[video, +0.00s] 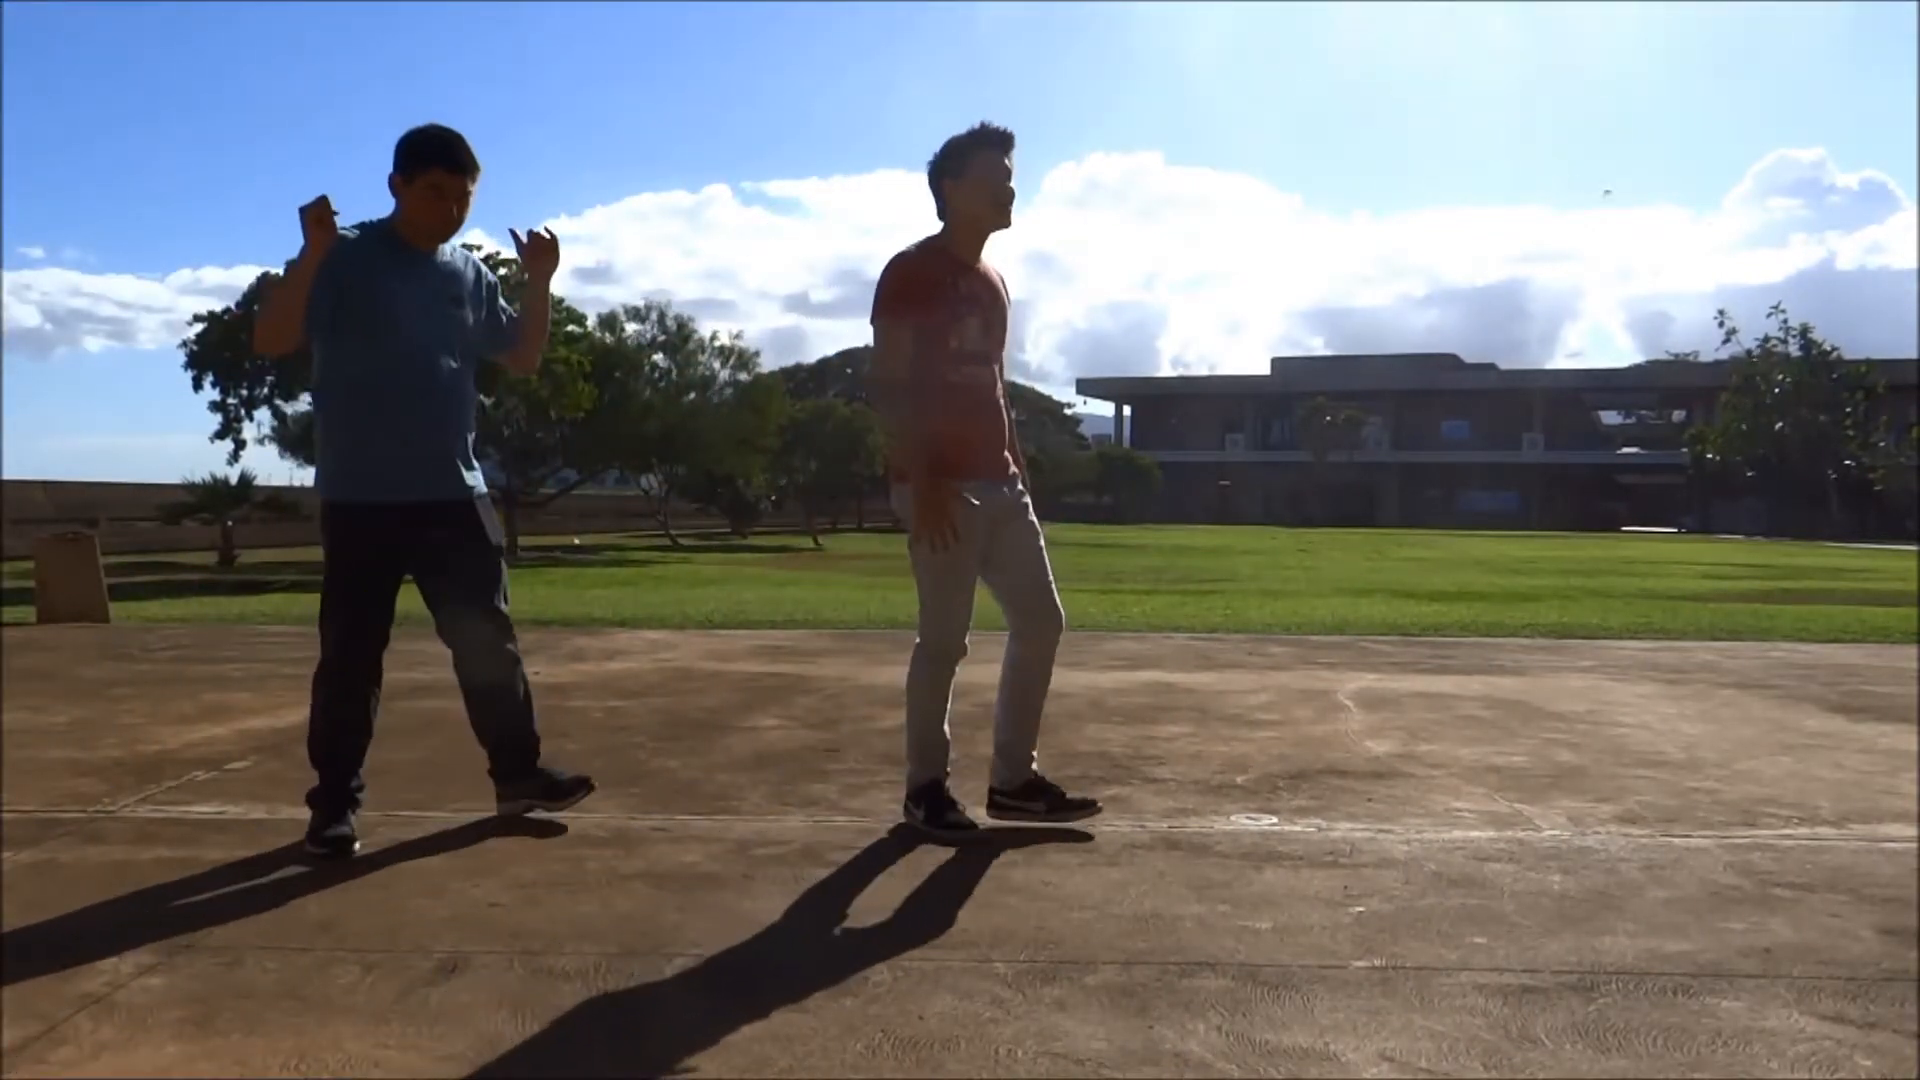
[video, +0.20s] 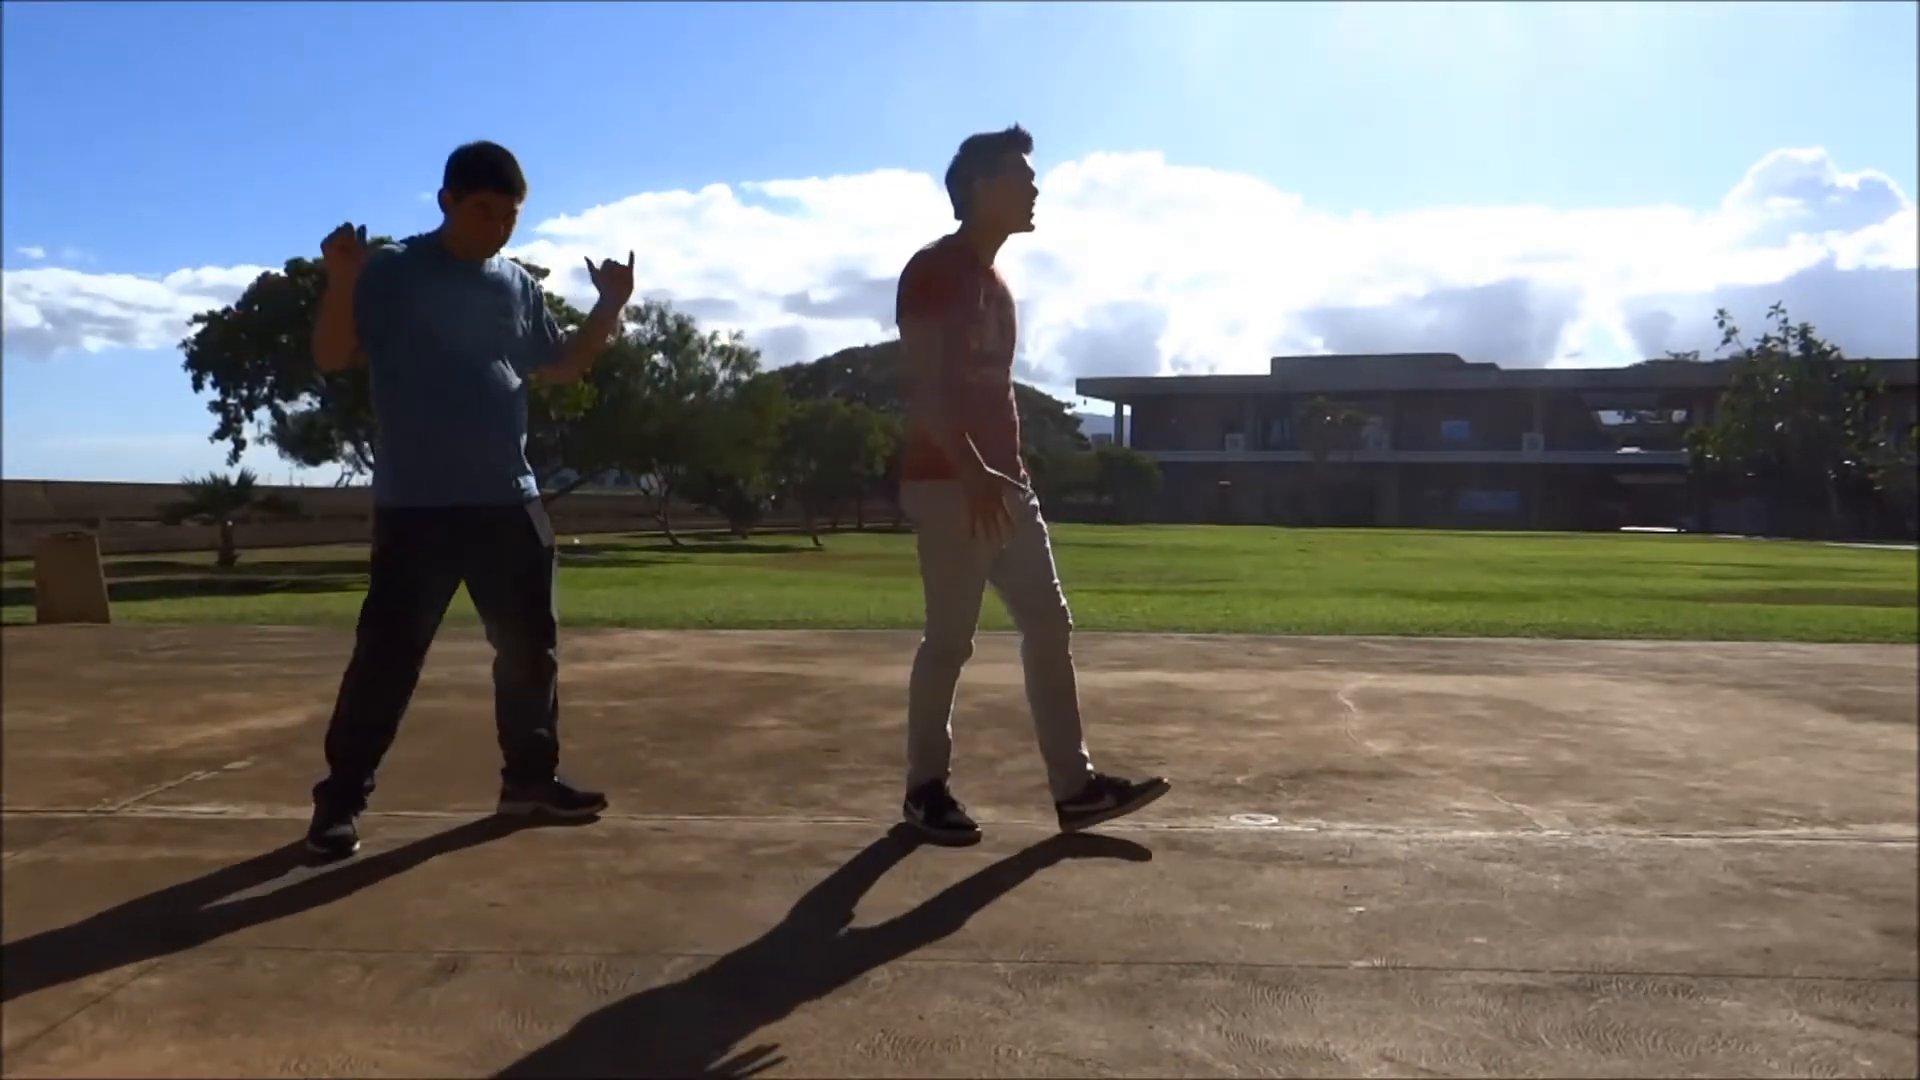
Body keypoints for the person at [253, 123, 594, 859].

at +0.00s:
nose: (454, 209)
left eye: (462, 196)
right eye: (440, 193)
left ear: (470, 200)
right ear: (401, 187)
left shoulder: (468, 273)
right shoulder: (341, 259)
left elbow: (521, 354)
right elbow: (270, 340)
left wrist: (538, 283)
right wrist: (311, 254)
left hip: (449, 490)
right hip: (360, 493)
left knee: (487, 636)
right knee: (349, 655)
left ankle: (518, 776)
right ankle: (333, 804)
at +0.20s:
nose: (502, 227)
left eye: (510, 214)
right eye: (490, 211)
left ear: (517, 212)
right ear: (451, 203)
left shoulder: (516, 287)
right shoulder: (389, 272)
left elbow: (562, 364)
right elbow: (330, 355)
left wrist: (610, 305)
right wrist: (340, 277)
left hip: (506, 498)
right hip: (416, 501)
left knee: (530, 643)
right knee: (385, 655)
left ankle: (530, 779)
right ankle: (340, 803)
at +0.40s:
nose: (553, 234)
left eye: (559, 222)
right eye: (545, 220)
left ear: (557, 219)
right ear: (504, 208)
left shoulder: (560, 293)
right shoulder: (435, 274)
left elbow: (597, 367)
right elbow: (381, 362)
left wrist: (672, 333)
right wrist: (370, 298)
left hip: (550, 492)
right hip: (469, 491)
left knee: (554, 636)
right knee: (452, 637)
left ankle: (533, 779)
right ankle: (385, 794)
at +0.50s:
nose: (569, 232)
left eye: (576, 219)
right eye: (561, 217)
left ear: (575, 217)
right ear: (522, 204)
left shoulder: (577, 294)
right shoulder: (451, 274)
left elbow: (606, 367)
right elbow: (402, 364)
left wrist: (692, 336)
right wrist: (393, 307)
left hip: (564, 491)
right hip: (486, 491)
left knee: (556, 641)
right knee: (479, 640)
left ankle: (535, 780)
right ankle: (441, 797)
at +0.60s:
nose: (586, 233)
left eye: (593, 221)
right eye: (579, 218)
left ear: (589, 218)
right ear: (538, 204)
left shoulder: (590, 293)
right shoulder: (469, 273)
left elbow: (617, 370)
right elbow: (420, 365)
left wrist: (703, 338)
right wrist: (417, 308)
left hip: (574, 488)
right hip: (500, 487)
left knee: (566, 637)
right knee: (515, 632)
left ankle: (544, 780)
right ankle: (503, 796)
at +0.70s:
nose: (600, 238)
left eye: (607, 225)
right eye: (594, 222)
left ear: (603, 220)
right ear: (552, 206)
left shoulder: (598, 291)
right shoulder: (484, 274)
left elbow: (627, 368)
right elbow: (435, 368)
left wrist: (717, 357)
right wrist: (438, 318)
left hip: (583, 486)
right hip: (514, 484)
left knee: (570, 631)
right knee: (550, 628)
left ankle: (528, 779)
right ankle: (564, 785)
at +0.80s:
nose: (613, 240)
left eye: (621, 227)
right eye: (608, 223)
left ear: (616, 223)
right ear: (566, 207)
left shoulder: (608, 293)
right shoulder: (501, 274)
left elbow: (639, 368)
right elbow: (453, 369)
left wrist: (731, 384)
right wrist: (462, 343)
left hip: (591, 485)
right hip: (527, 483)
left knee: (564, 626)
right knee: (575, 620)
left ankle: (530, 779)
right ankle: (615, 778)